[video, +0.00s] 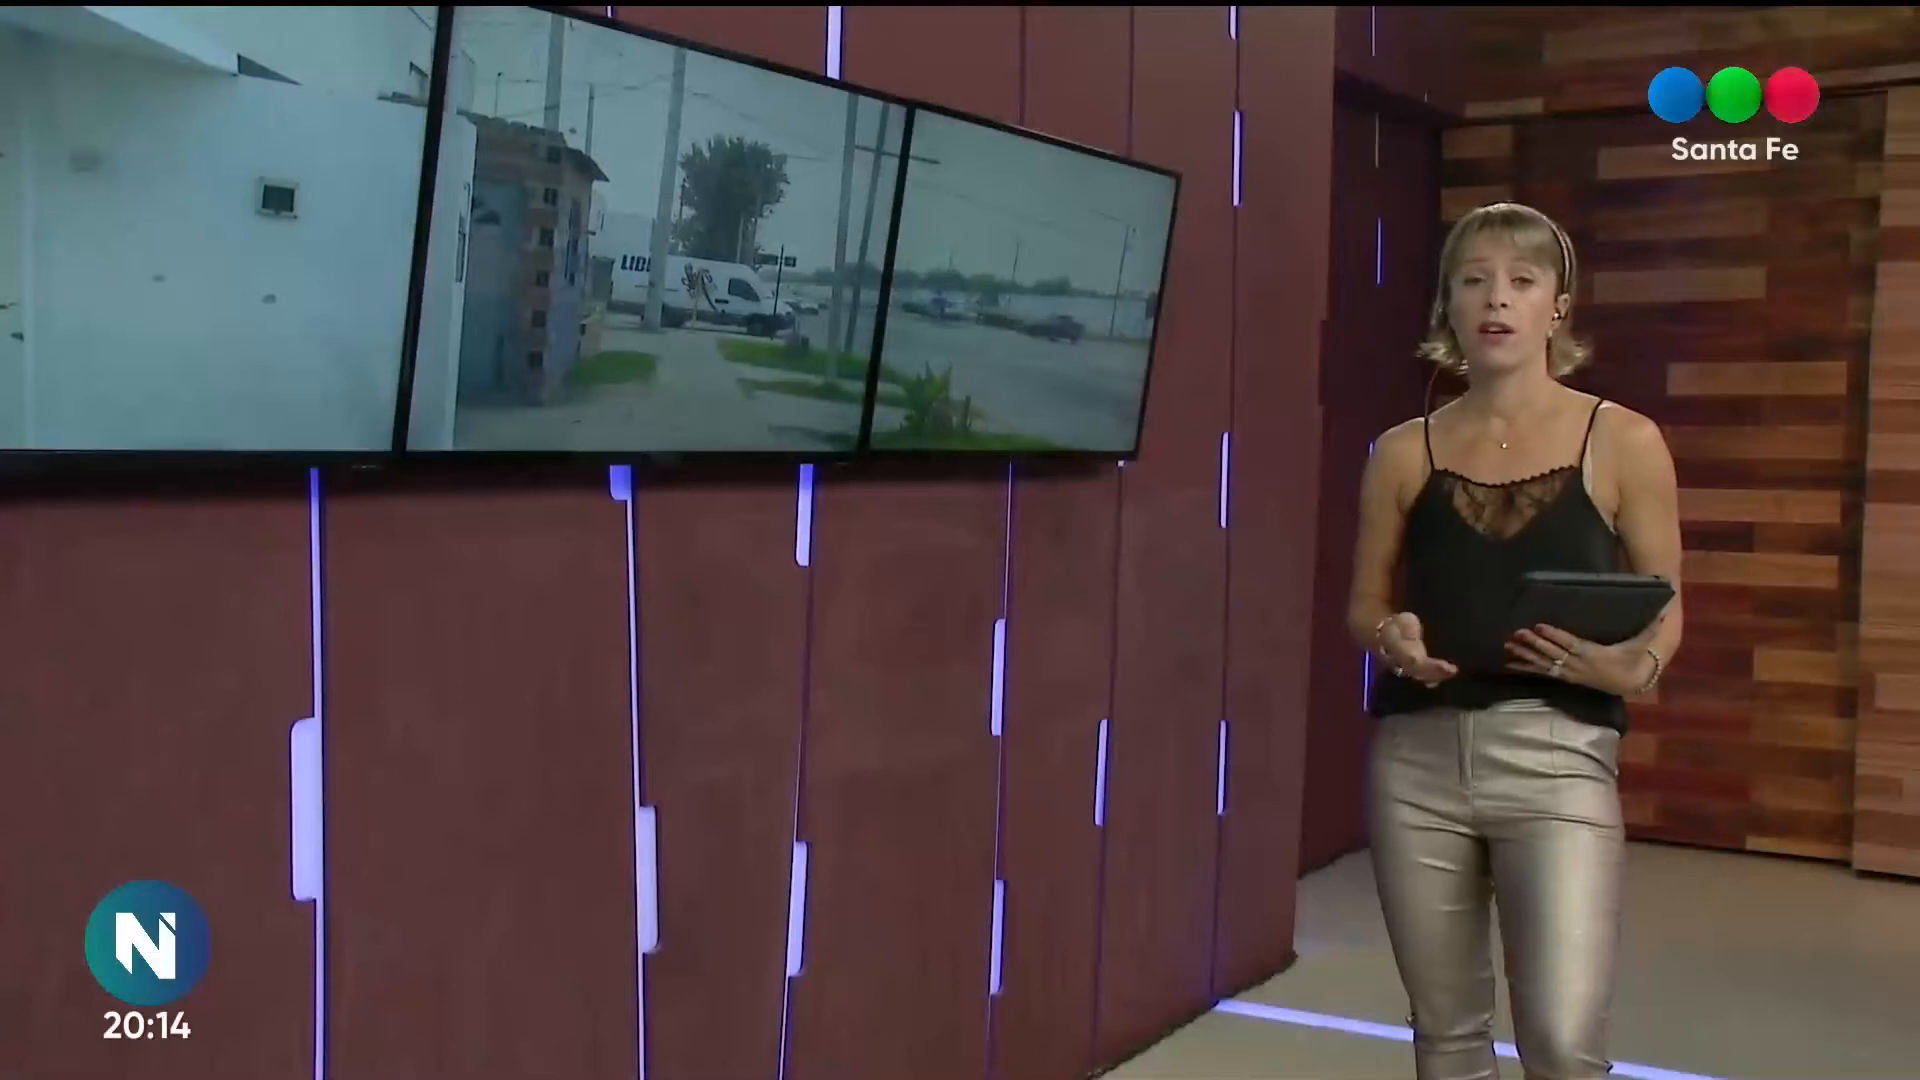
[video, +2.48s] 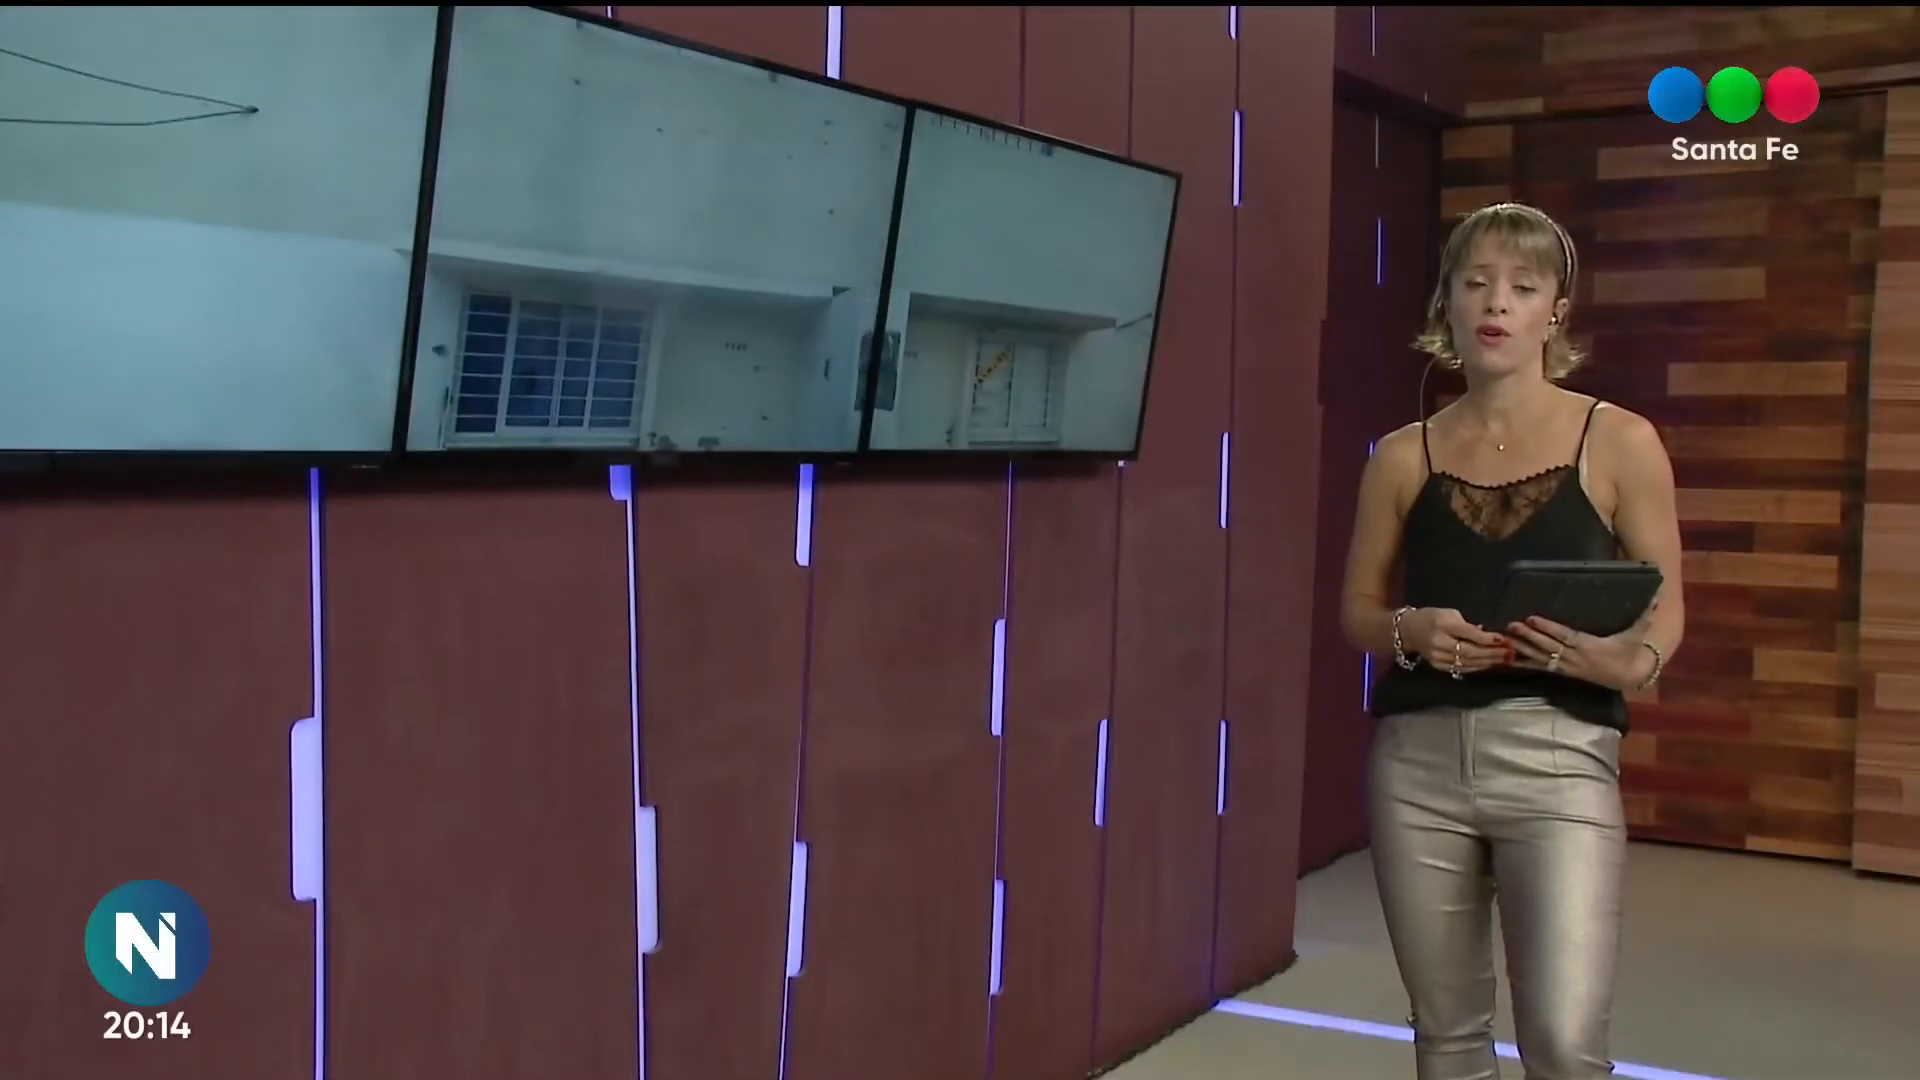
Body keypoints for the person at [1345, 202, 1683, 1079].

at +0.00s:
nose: (1495, 299)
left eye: (1520, 281)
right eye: (1474, 281)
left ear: (1557, 309)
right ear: (1448, 307)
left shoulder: (1623, 442)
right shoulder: (1403, 454)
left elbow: (1662, 608)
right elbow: (1365, 605)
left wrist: (1625, 669)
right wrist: (1389, 635)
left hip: (1555, 763)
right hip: (1416, 764)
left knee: (1561, 1045)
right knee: (1446, 1039)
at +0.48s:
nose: (1497, 297)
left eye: (1523, 282)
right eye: (1477, 279)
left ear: (1554, 312)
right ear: (1447, 305)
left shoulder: (1619, 440)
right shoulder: (1399, 459)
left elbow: (1663, 599)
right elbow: (1360, 615)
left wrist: (1626, 665)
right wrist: (1405, 639)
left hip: (1558, 765)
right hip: (1417, 768)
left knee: (1563, 1047)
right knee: (1447, 1042)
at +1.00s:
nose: (1498, 303)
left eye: (1523, 287)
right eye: (1479, 284)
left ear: (1556, 314)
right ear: (1449, 307)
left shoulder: (1621, 442)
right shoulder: (1401, 459)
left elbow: (1664, 599)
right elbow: (1358, 614)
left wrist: (1632, 665)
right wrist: (1411, 634)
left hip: (1559, 767)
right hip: (1417, 769)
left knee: (1565, 1049)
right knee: (1448, 1042)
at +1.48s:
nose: (1497, 304)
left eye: (1523, 288)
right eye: (1478, 284)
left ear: (1559, 313)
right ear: (1450, 305)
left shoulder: (1623, 444)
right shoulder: (1404, 459)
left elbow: (1666, 603)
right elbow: (1360, 612)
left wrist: (1629, 665)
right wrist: (1410, 631)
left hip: (1559, 766)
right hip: (1418, 768)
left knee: (1565, 1049)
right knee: (1447, 1042)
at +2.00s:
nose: (1499, 304)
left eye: (1525, 288)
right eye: (1481, 284)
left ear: (1559, 313)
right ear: (1452, 306)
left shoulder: (1624, 444)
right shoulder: (1405, 459)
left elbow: (1667, 605)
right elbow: (1360, 612)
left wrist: (1631, 665)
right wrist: (1410, 632)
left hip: (1560, 766)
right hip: (1418, 768)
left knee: (1566, 1048)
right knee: (1448, 1041)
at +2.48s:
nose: (1492, 301)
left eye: (1518, 285)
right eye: (1473, 282)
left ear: (1554, 313)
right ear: (1447, 304)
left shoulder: (1620, 443)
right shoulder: (1401, 460)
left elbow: (1663, 604)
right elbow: (1357, 611)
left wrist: (1626, 662)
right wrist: (1404, 630)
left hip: (1556, 766)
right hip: (1416, 767)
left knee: (1563, 1048)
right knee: (1447, 1039)